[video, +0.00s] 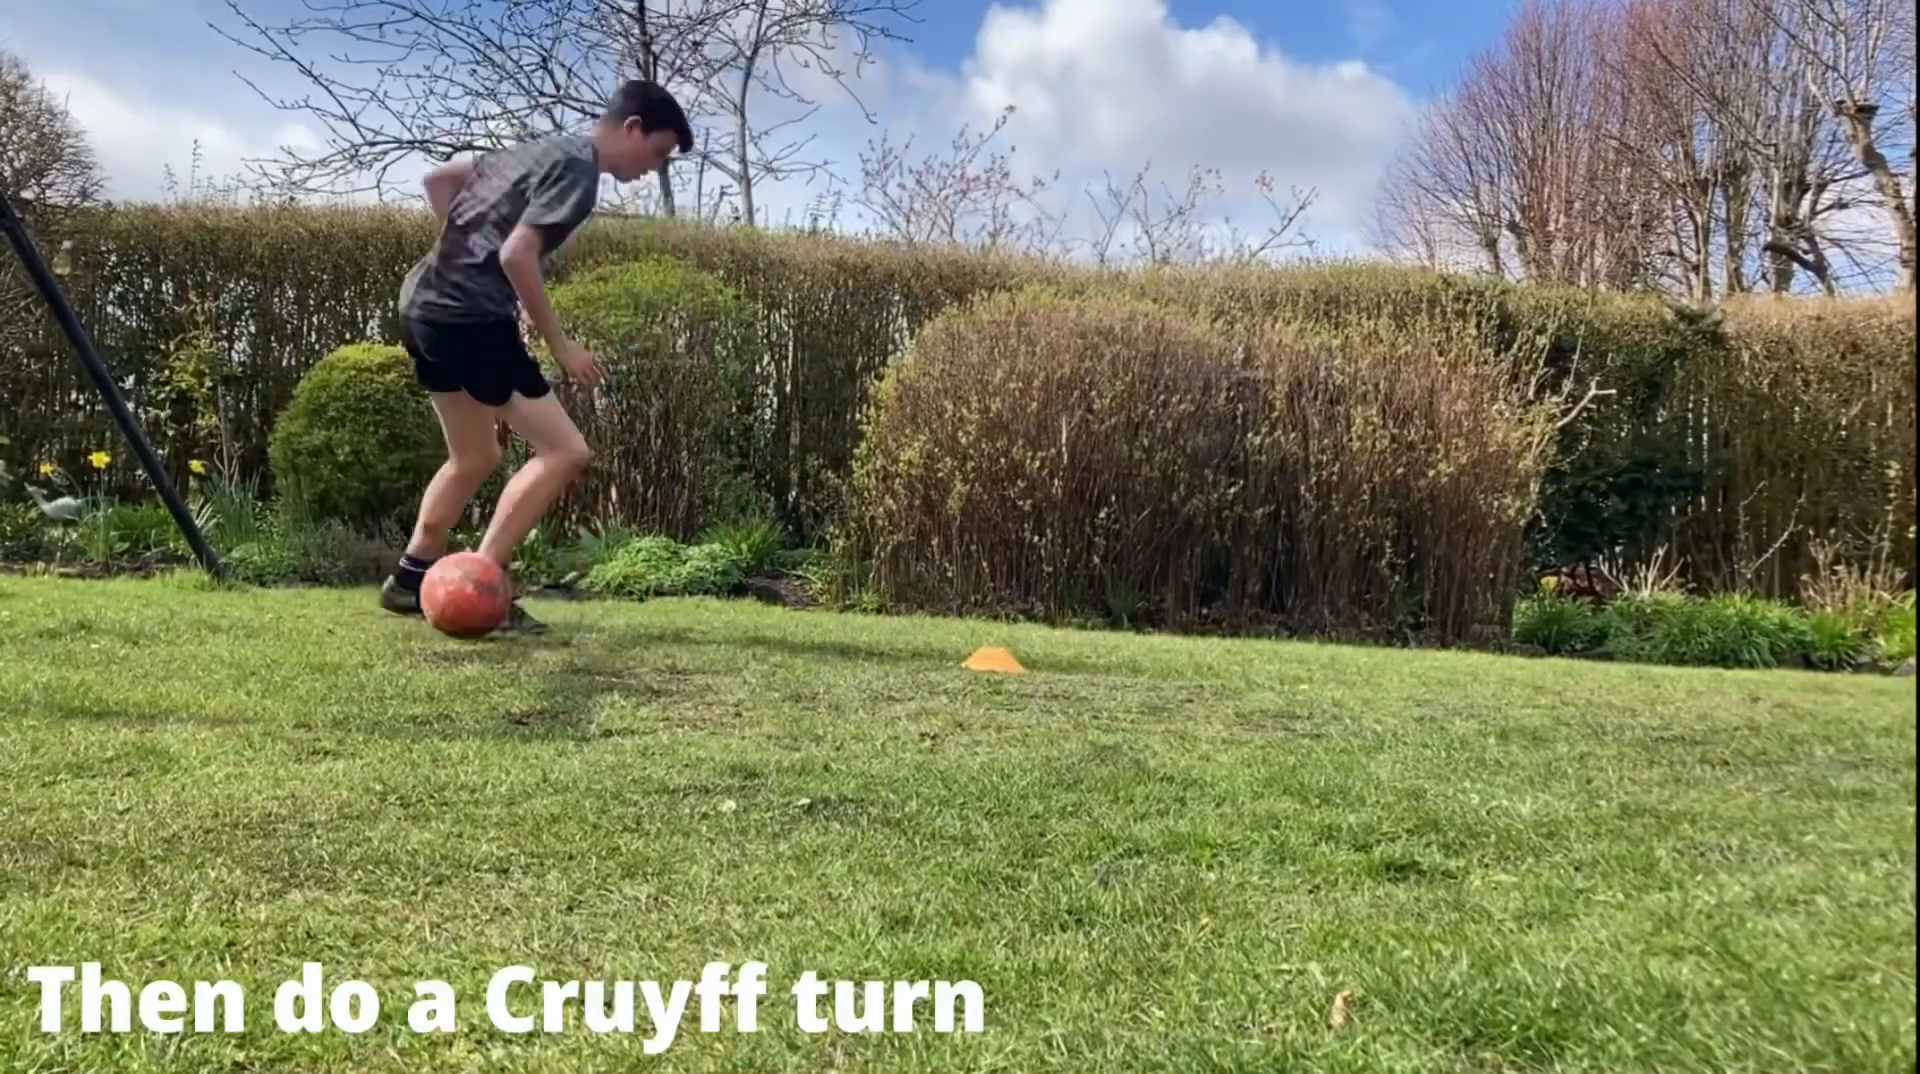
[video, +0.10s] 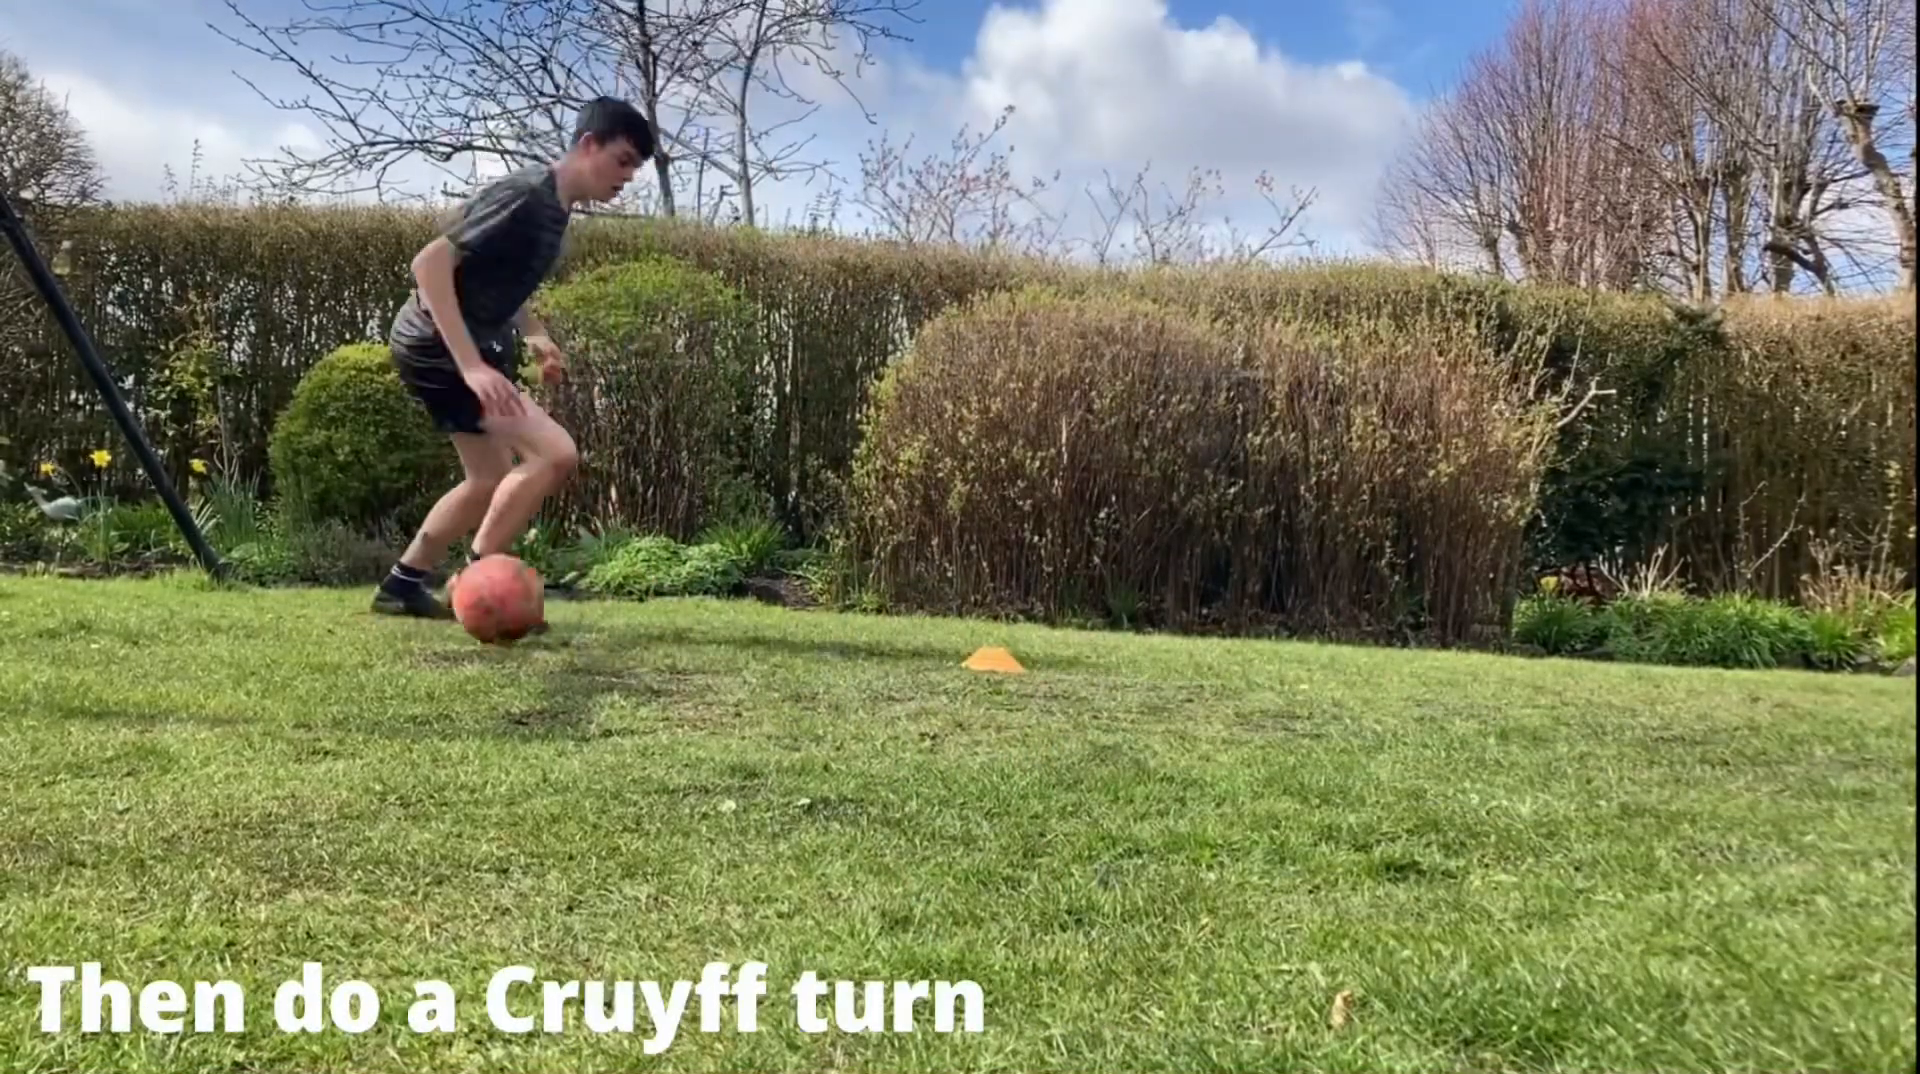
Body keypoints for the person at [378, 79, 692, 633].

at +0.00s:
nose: (653, 171)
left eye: (663, 162)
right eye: (659, 155)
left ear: (625, 127)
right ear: (632, 128)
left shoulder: (535, 150)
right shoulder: (576, 170)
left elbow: (439, 180)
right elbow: (516, 254)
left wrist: (472, 256)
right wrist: (561, 344)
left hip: (428, 310)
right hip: (471, 318)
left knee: (472, 457)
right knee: (564, 452)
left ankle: (411, 578)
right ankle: (480, 585)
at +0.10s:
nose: (628, 179)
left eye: (634, 169)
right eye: (624, 163)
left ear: (591, 151)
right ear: (588, 145)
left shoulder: (552, 211)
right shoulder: (525, 194)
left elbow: (500, 282)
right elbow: (430, 265)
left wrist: (536, 337)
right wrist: (472, 363)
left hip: (467, 346)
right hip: (437, 349)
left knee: (488, 483)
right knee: (555, 454)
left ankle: (404, 582)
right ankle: (478, 580)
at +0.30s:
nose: (600, 88)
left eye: (609, 78)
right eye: (590, 70)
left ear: (611, 83)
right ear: (553, 63)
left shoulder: (581, 151)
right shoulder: (490, 129)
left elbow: (550, 244)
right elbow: (405, 206)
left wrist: (612, 263)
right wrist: (430, 301)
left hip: (517, 326)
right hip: (457, 318)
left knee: (516, 481)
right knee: (494, 472)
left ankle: (437, 548)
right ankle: (433, 568)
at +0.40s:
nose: (582, 75)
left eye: (591, 65)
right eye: (571, 59)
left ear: (594, 70)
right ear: (534, 55)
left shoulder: (585, 144)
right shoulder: (484, 130)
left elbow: (579, 225)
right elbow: (426, 234)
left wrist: (635, 232)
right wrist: (500, 280)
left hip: (535, 325)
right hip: (458, 321)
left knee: (564, 464)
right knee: (471, 482)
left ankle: (499, 535)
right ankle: (427, 577)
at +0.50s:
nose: (589, 53)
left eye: (599, 43)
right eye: (577, 37)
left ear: (604, 50)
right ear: (541, 34)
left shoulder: (603, 119)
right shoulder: (500, 105)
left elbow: (626, 195)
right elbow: (467, 183)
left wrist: (665, 184)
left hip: (555, 306)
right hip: (475, 308)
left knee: (597, 393)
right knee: (463, 479)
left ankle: (581, 568)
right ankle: (425, 575)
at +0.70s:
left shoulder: (671, 61)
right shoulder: (559, 27)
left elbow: (694, 174)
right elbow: (466, 112)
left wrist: (742, 162)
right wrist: (561, 89)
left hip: (621, 268)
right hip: (534, 262)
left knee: (629, 442)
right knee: (536, 469)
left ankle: (552, 619)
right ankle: (473, 524)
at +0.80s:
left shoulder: (720, 61)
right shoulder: (586, 29)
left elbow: (762, 186)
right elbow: (454, 118)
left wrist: (803, 143)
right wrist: (496, 106)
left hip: (662, 285)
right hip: (575, 275)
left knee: (640, 478)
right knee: (618, 466)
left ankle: (557, 613)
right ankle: (513, 546)